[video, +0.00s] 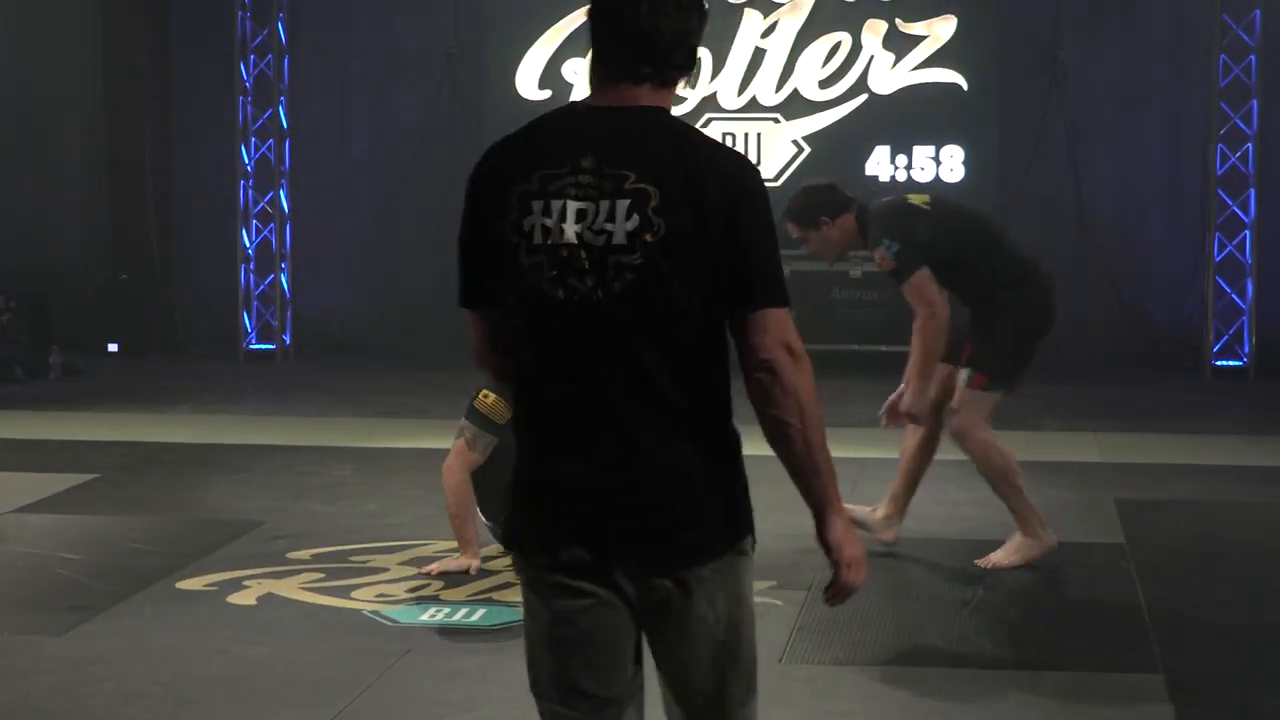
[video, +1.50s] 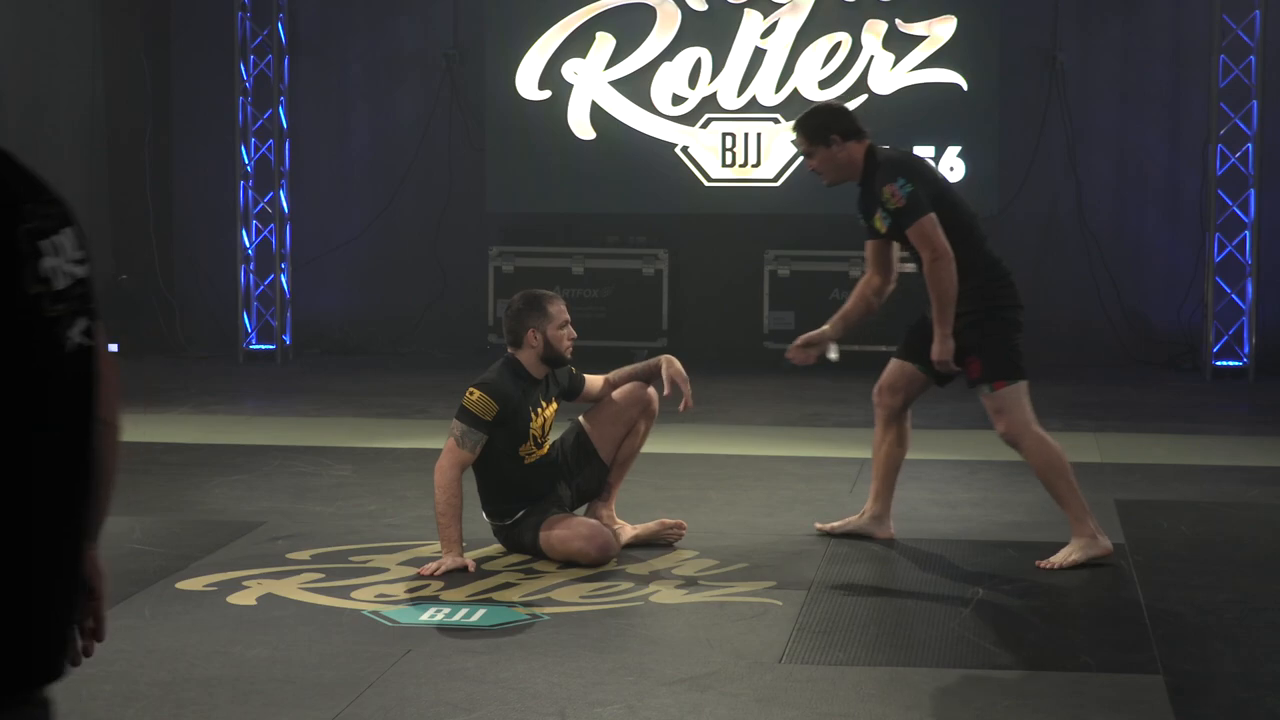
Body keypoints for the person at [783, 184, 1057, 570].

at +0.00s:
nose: (808, 251)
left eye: (805, 240)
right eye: (802, 243)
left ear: (829, 224)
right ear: (834, 220)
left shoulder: (886, 230)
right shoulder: (882, 221)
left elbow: (934, 311)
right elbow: (925, 312)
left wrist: (915, 392)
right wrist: (909, 384)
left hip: (1017, 301)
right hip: (981, 302)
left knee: (966, 422)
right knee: (928, 399)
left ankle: (1034, 532)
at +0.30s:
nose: (747, 347)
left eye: (747, 337)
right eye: (742, 342)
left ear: (771, 320)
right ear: (772, 318)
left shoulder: (818, 328)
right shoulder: (798, 344)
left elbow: (898, 345)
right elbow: (778, 418)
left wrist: (920, 420)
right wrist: (741, 456)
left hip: (951, 382)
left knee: (832, 418)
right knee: (831, 408)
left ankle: (831, 542)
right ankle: (864, 528)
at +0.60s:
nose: (741, 286)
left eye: (743, 275)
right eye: (739, 277)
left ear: (769, 263)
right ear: (768, 264)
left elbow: (907, 335)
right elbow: (762, 360)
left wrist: (911, 419)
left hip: (948, 354)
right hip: (915, 349)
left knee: (841, 412)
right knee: (827, 404)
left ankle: (830, 542)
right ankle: (861, 528)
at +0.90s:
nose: (813, 174)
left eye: (816, 162)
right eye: (811, 164)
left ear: (844, 154)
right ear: (849, 153)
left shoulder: (897, 183)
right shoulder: (891, 180)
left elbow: (954, 263)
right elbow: (949, 258)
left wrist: (948, 351)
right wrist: (951, 311)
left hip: (1007, 303)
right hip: (981, 301)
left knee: (1009, 432)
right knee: (932, 415)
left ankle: (1090, 532)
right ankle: (877, 525)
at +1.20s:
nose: (853, 155)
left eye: (854, 143)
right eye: (849, 145)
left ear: (882, 131)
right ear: (884, 131)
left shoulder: (934, 168)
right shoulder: (927, 165)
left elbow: (978, 251)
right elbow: (957, 247)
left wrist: (995, 329)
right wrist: (935, 312)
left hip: (1037, 295)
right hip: (1001, 294)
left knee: (1056, 419)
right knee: (950, 397)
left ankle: (1097, 540)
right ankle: (930, 520)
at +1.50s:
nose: (810, 167)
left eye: (811, 155)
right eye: (806, 158)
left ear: (839, 144)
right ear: (840, 147)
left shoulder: (891, 174)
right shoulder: (874, 189)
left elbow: (938, 253)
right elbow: (878, 278)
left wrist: (942, 334)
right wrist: (827, 332)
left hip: (985, 303)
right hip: (949, 307)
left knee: (1015, 423)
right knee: (889, 394)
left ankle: (1089, 534)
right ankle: (877, 516)